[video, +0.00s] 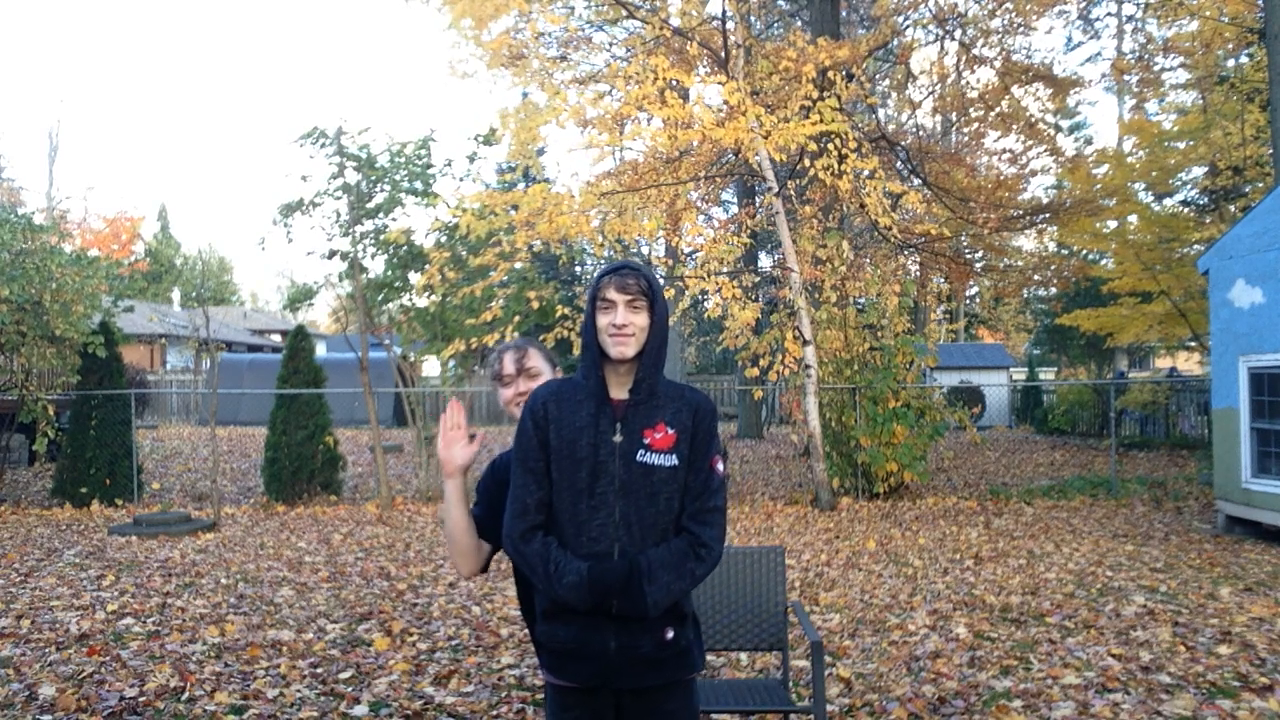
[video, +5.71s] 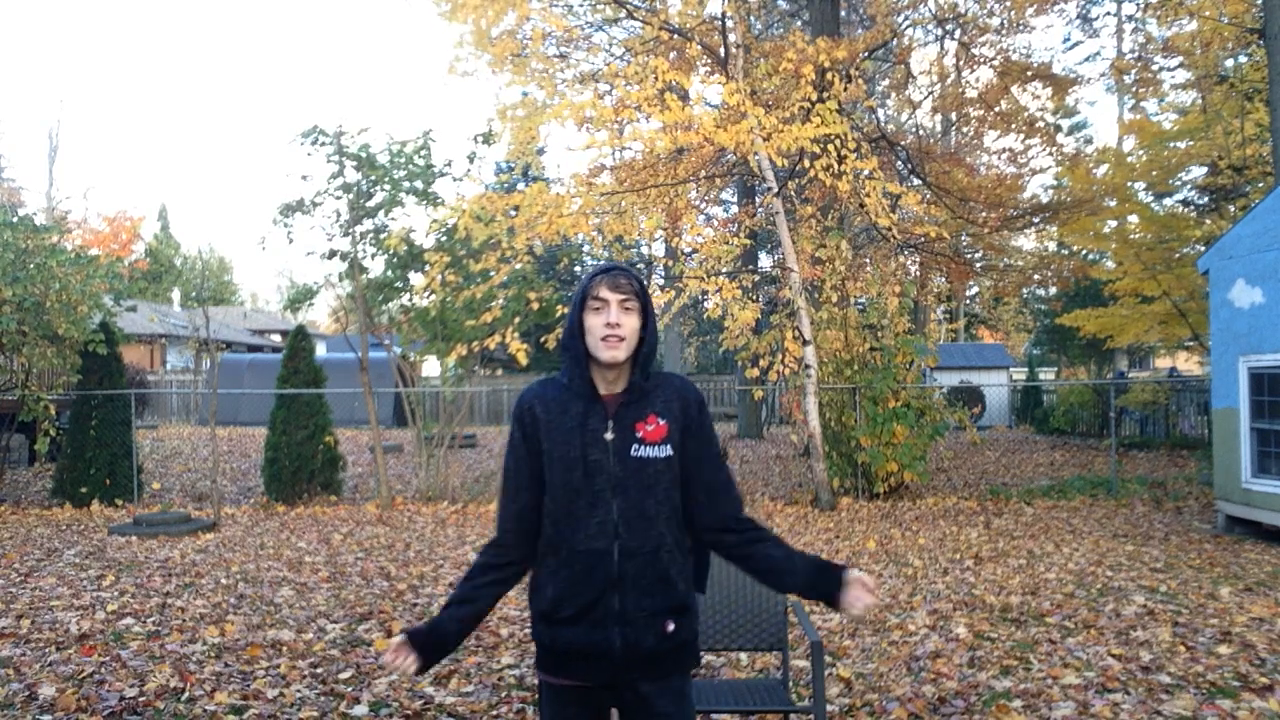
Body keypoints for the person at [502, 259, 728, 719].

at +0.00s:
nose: (619, 320)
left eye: (634, 307)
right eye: (606, 307)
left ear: (655, 320)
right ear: (591, 319)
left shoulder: (691, 409)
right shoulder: (546, 405)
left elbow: (705, 535)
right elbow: (521, 531)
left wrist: (636, 581)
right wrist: (585, 581)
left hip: (662, 655)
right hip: (572, 659)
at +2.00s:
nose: (612, 325)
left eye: (627, 313)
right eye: (599, 310)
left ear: (642, 329)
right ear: (578, 322)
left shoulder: (683, 400)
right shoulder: (541, 416)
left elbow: (718, 518)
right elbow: (534, 543)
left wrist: (658, 576)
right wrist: (602, 587)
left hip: (682, 649)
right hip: (593, 654)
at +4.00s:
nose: (639, 322)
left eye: (652, 307)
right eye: (623, 309)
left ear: (672, 319)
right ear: (608, 323)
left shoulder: (709, 411)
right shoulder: (566, 405)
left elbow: (732, 531)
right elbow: (536, 528)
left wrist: (667, 579)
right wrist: (611, 578)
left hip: (681, 651)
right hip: (590, 651)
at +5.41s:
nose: (627, 313)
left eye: (642, 301)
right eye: (614, 300)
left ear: (660, 317)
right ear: (595, 314)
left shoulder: (697, 400)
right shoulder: (553, 401)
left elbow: (762, 498)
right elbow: (501, 509)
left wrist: (680, 538)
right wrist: (593, 553)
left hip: (681, 645)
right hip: (590, 649)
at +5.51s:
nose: (620, 313)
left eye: (634, 300)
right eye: (606, 300)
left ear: (652, 317)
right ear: (586, 315)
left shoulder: (690, 391)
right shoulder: (547, 392)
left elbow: (783, 468)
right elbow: (481, 486)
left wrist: (756, 555)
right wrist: (521, 572)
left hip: (673, 638)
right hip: (582, 641)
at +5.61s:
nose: (617, 322)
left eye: (631, 310)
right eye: (603, 309)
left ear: (649, 325)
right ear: (582, 321)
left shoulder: (684, 402)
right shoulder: (537, 408)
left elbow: (761, 503)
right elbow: (483, 521)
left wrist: (851, 595)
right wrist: (437, 637)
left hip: (665, 650)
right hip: (573, 653)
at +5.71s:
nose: (612, 321)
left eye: (626, 309)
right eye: (598, 308)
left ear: (645, 323)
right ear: (577, 321)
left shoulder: (678, 402)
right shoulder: (540, 408)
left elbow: (725, 526)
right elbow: (511, 544)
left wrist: (824, 580)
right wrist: (437, 635)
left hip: (659, 648)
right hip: (566, 652)